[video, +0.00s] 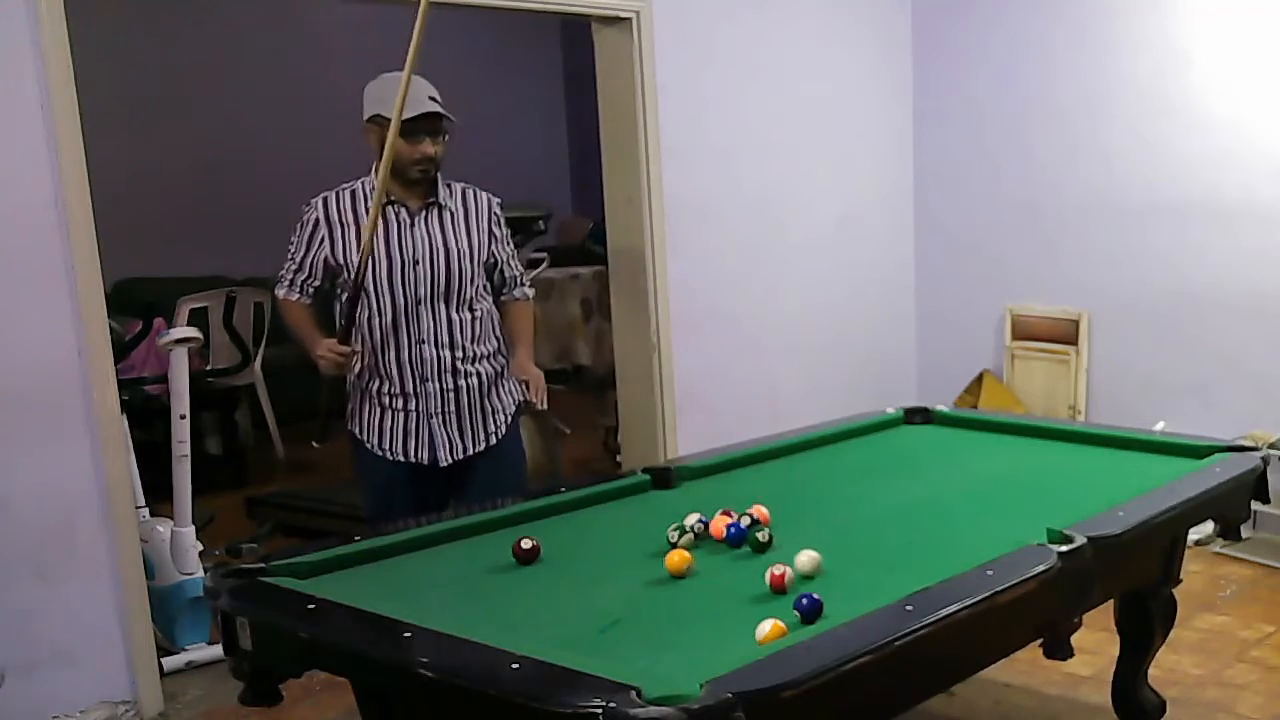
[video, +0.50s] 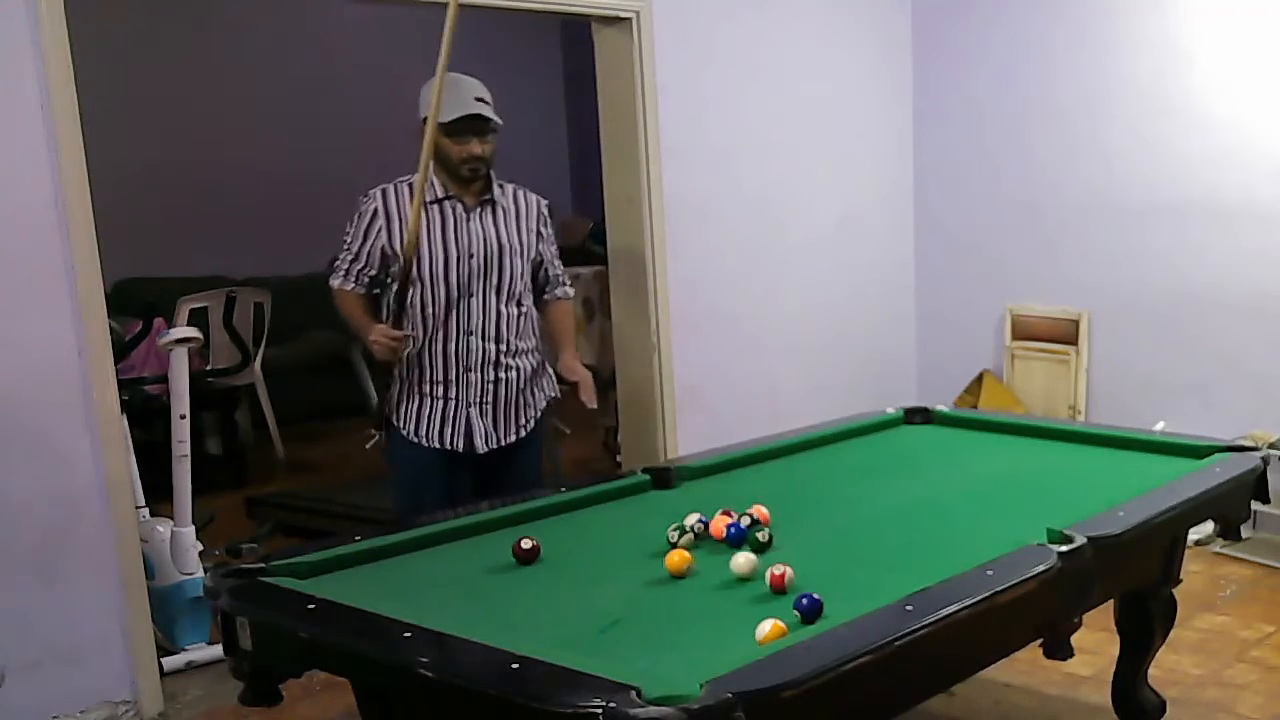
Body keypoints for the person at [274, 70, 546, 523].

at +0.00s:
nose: (428, 148)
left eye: (436, 135)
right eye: (412, 136)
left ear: (447, 137)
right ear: (374, 135)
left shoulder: (480, 210)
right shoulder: (329, 216)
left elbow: (515, 290)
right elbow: (291, 292)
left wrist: (524, 356)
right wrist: (316, 344)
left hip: (485, 424)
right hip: (391, 431)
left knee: (503, 561)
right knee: (407, 572)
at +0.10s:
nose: (430, 147)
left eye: (438, 134)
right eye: (413, 135)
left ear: (449, 135)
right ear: (377, 136)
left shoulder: (486, 209)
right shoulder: (336, 215)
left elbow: (518, 289)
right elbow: (298, 289)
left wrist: (526, 356)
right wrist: (320, 342)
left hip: (489, 421)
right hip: (396, 428)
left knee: (509, 557)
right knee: (409, 569)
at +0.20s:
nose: (437, 146)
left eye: (446, 133)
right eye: (420, 134)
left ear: (458, 133)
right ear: (386, 135)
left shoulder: (494, 209)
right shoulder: (348, 213)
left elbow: (524, 288)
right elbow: (309, 289)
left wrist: (532, 355)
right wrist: (328, 338)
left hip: (494, 417)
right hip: (403, 424)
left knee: (513, 551)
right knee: (413, 563)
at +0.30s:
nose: (449, 146)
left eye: (458, 132)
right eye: (433, 134)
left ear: (470, 133)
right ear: (402, 136)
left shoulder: (507, 209)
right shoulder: (363, 210)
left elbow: (535, 288)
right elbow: (323, 287)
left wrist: (541, 352)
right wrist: (341, 333)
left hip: (502, 417)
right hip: (412, 422)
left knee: (512, 550)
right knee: (420, 560)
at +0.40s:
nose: (464, 146)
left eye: (473, 133)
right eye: (447, 134)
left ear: (485, 134)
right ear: (417, 135)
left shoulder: (519, 210)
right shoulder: (377, 207)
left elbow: (546, 290)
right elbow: (336, 285)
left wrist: (554, 354)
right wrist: (356, 331)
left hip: (510, 417)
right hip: (421, 420)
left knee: (519, 549)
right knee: (429, 556)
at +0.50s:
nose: (475, 148)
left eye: (484, 135)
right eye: (459, 136)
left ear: (496, 136)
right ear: (431, 136)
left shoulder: (529, 210)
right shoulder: (388, 207)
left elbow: (555, 291)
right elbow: (345, 284)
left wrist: (567, 353)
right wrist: (369, 329)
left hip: (516, 417)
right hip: (429, 420)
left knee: (521, 551)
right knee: (432, 558)